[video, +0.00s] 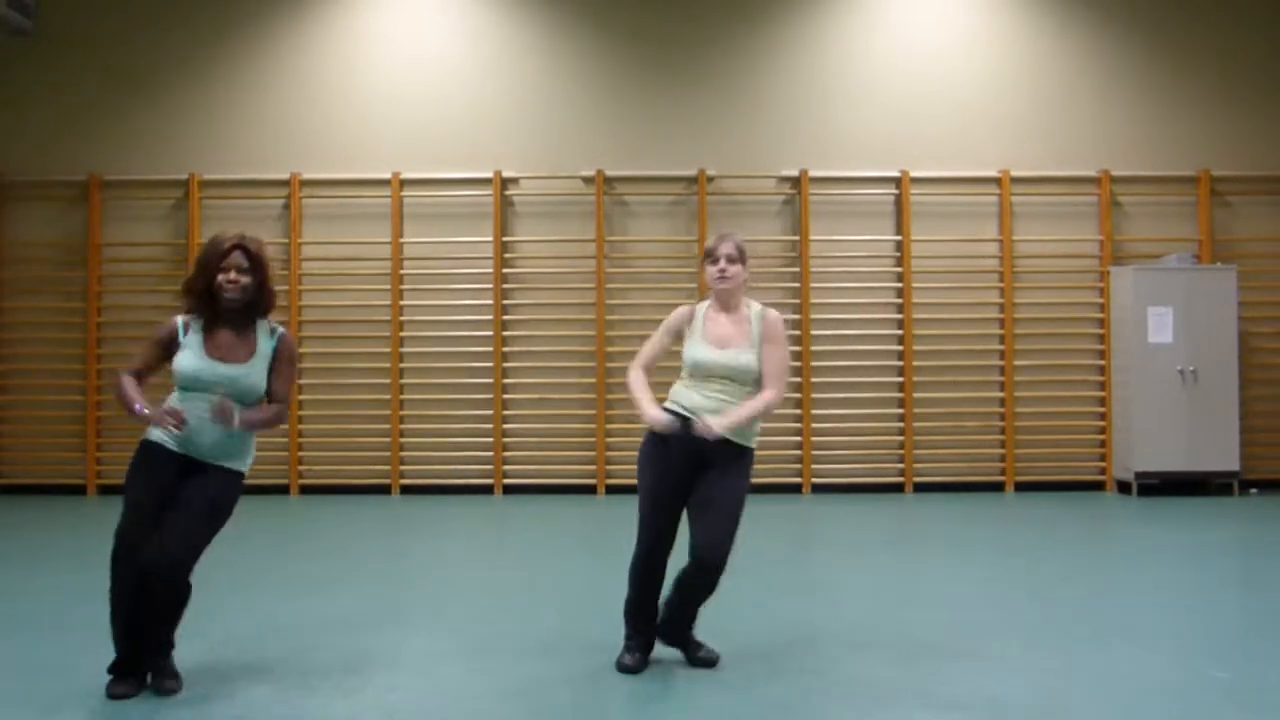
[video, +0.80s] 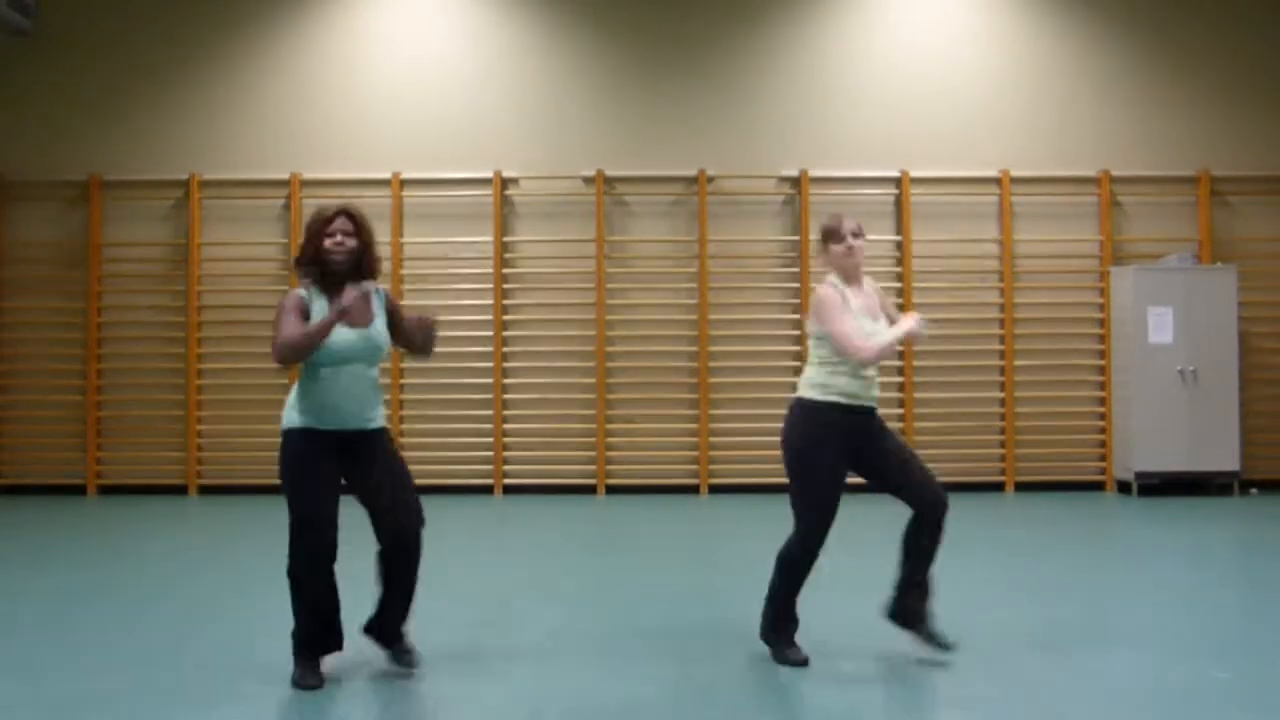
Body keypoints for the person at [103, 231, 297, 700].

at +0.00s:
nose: (232, 278)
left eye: (242, 271)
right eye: (223, 270)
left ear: (257, 281)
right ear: (210, 277)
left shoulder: (277, 342)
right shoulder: (182, 329)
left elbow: (279, 410)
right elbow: (130, 376)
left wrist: (241, 419)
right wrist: (148, 411)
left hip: (221, 467)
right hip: (163, 453)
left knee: (170, 560)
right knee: (130, 553)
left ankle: (161, 654)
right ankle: (128, 665)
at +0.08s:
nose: (230, 269)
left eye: (241, 263)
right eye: (222, 261)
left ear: (257, 274)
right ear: (207, 270)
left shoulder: (274, 334)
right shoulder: (183, 324)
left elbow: (297, 393)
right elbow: (143, 386)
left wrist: (284, 416)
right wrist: (185, 397)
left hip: (224, 464)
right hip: (163, 452)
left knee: (189, 557)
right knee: (137, 554)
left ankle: (180, 651)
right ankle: (127, 667)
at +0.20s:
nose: (244, 243)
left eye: (255, 237)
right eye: (236, 234)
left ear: (271, 250)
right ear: (219, 244)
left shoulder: (282, 300)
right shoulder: (198, 294)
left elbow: (324, 338)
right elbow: (181, 344)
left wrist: (343, 341)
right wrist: (239, 324)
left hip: (245, 443)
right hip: (182, 437)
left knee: (262, 550)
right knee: (162, 550)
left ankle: (256, 644)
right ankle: (133, 667)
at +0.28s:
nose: (257, 236)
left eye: (269, 231)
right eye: (248, 229)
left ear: (283, 246)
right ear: (232, 242)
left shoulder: (295, 293)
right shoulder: (213, 281)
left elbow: (351, 310)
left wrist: (389, 293)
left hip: (264, 436)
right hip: (198, 433)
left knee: (296, 542)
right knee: (171, 548)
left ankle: (325, 649)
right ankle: (136, 668)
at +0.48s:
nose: (298, 247)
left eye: (307, 241)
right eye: (289, 239)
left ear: (322, 252)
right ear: (273, 250)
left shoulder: (338, 294)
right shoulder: (258, 292)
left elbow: (404, 296)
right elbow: (281, 294)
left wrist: (454, 265)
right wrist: (345, 274)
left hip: (318, 437)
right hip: (258, 440)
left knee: (349, 546)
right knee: (241, 550)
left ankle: (366, 652)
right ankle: (176, 654)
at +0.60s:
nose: (319, 253)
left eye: (328, 245)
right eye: (309, 245)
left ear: (343, 254)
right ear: (294, 255)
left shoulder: (362, 305)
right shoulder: (276, 304)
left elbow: (406, 353)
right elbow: (270, 364)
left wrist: (428, 332)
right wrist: (321, 348)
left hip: (338, 443)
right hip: (282, 444)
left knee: (353, 546)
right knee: (303, 547)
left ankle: (364, 650)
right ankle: (289, 637)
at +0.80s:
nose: (339, 241)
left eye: (348, 235)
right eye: (330, 235)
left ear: (363, 245)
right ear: (314, 247)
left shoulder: (379, 297)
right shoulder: (302, 297)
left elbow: (416, 345)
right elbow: (284, 351)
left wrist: (422, 331)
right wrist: (332, 319)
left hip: (367, 436)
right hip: (309, 436)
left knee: (405, 525)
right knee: (313, 545)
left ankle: (389, 626)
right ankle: (308, 655)